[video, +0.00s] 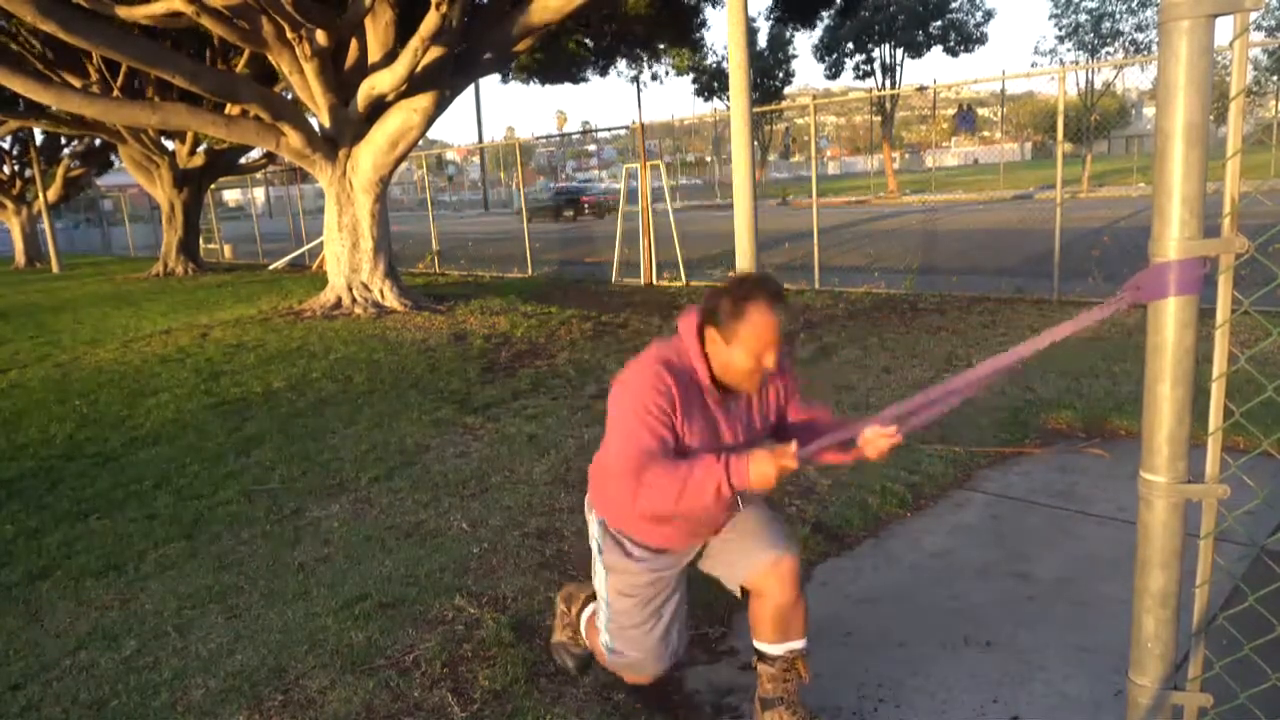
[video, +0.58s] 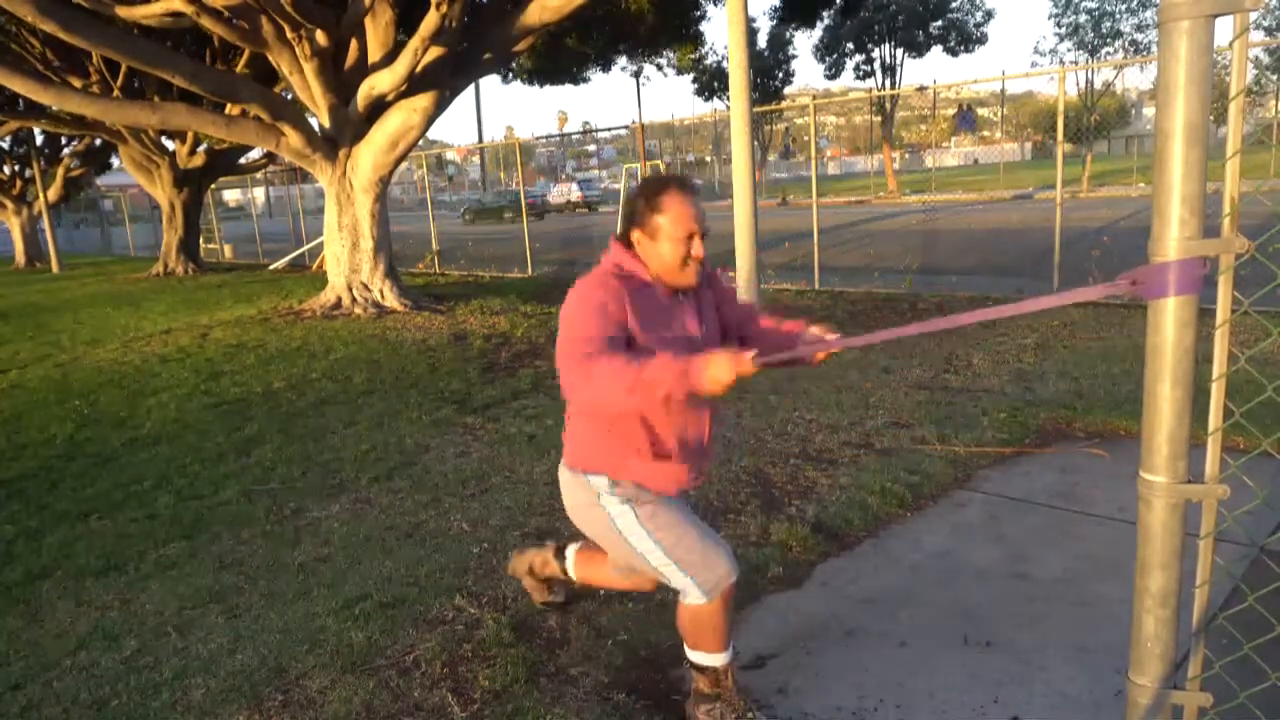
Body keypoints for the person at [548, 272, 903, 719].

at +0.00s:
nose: (772, 367)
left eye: (776, 352)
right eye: (759, 354)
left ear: (781, 341)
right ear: (714, 342)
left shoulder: (770, 375)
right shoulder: (650, 382)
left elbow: (803, 433)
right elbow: (637, 487)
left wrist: (855, 443)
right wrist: (739, 471)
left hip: (720, 507)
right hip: (637, 527)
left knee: (778, 568)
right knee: (642, 667)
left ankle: (779, 696)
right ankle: (580, 614)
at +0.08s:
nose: (750, 299)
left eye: (753, 284)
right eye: (737, 287)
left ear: (757, 277)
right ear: (691, 281)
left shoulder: (750, 322)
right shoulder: (636, 332)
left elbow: (783, 379)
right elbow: (638, 431)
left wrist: (847, 392)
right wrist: (738, 418)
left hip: (721, 481)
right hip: (635, 498)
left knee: (779, 566)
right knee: (631, 640)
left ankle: (780, 697)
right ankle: (574, 610)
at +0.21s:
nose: (721, 208)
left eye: (725, 193)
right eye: (708, 193)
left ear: (725, 190)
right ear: (664, 188)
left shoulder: (722, 244)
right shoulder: (615, 247)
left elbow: (764, 294)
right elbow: (645, 333)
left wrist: (832, 312)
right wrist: (754, 335)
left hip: (698, 425)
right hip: (613, 431)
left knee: (736, 542)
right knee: (635, 573)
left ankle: (767, 677)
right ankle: (597, 613)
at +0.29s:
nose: (706, 178)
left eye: (708, 165)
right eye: (692, 166)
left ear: (704, 162)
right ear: (643, 164)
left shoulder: (703, 214)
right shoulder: (607, 216)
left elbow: (765, 252)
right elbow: (670, 275)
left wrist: (831, 274)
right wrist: (775, 295)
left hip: (677, 404)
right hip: (601, 409)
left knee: (716, 520)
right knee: (655, 541)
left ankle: (702, 633)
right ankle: (651, 653)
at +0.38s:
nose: (692, 178)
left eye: (695, 164)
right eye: (678, 165)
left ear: (696, 159)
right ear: (632, 163)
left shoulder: (686, 209)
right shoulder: (603, 216)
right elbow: (684, 262)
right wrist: (781, 289)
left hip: (671, 406)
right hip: (602, 413)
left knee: (698, 530)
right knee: (667, 555)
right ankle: (697, 692)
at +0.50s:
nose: (690, 218)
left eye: (692, 204)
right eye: (676, 206)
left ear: (694, 200)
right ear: (628, 208)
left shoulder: (688, 250)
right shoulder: (595, 259)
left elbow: (752, 286)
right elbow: (650, 320)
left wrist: (825, 307)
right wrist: (751, 334)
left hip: (670, 451)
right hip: (610, 455)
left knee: (678, 551)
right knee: (704, 576)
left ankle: (564, 554)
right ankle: (709, 696)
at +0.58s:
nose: (700, 250)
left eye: (702, 235)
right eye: (687, 238)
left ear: (700, 232)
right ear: (640, 239)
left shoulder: (701, 287)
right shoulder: (598, 296)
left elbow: (747, 329)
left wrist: (799, 340)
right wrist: (693, 373)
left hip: (660, 477)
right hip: (603, 480)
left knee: (644, 574)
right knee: (710, 575)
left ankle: (546, 566)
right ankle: (713, 697)